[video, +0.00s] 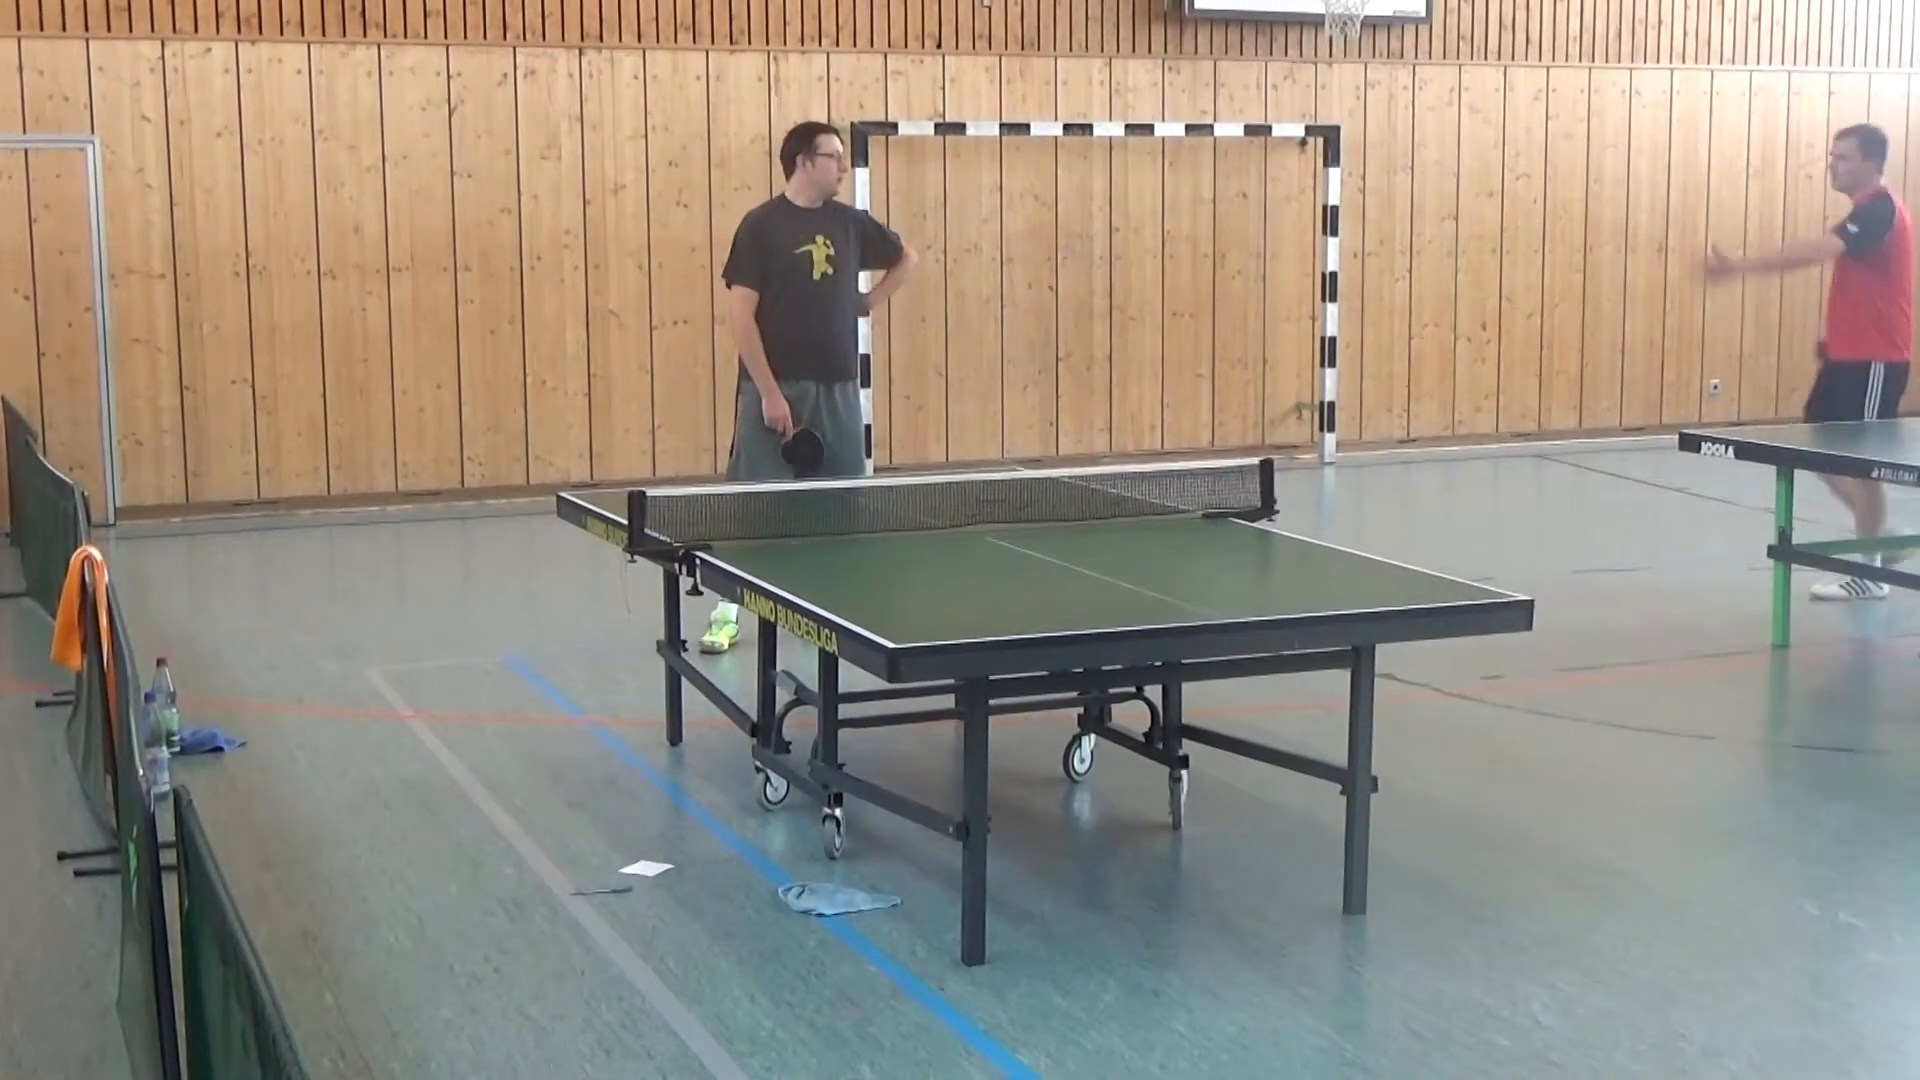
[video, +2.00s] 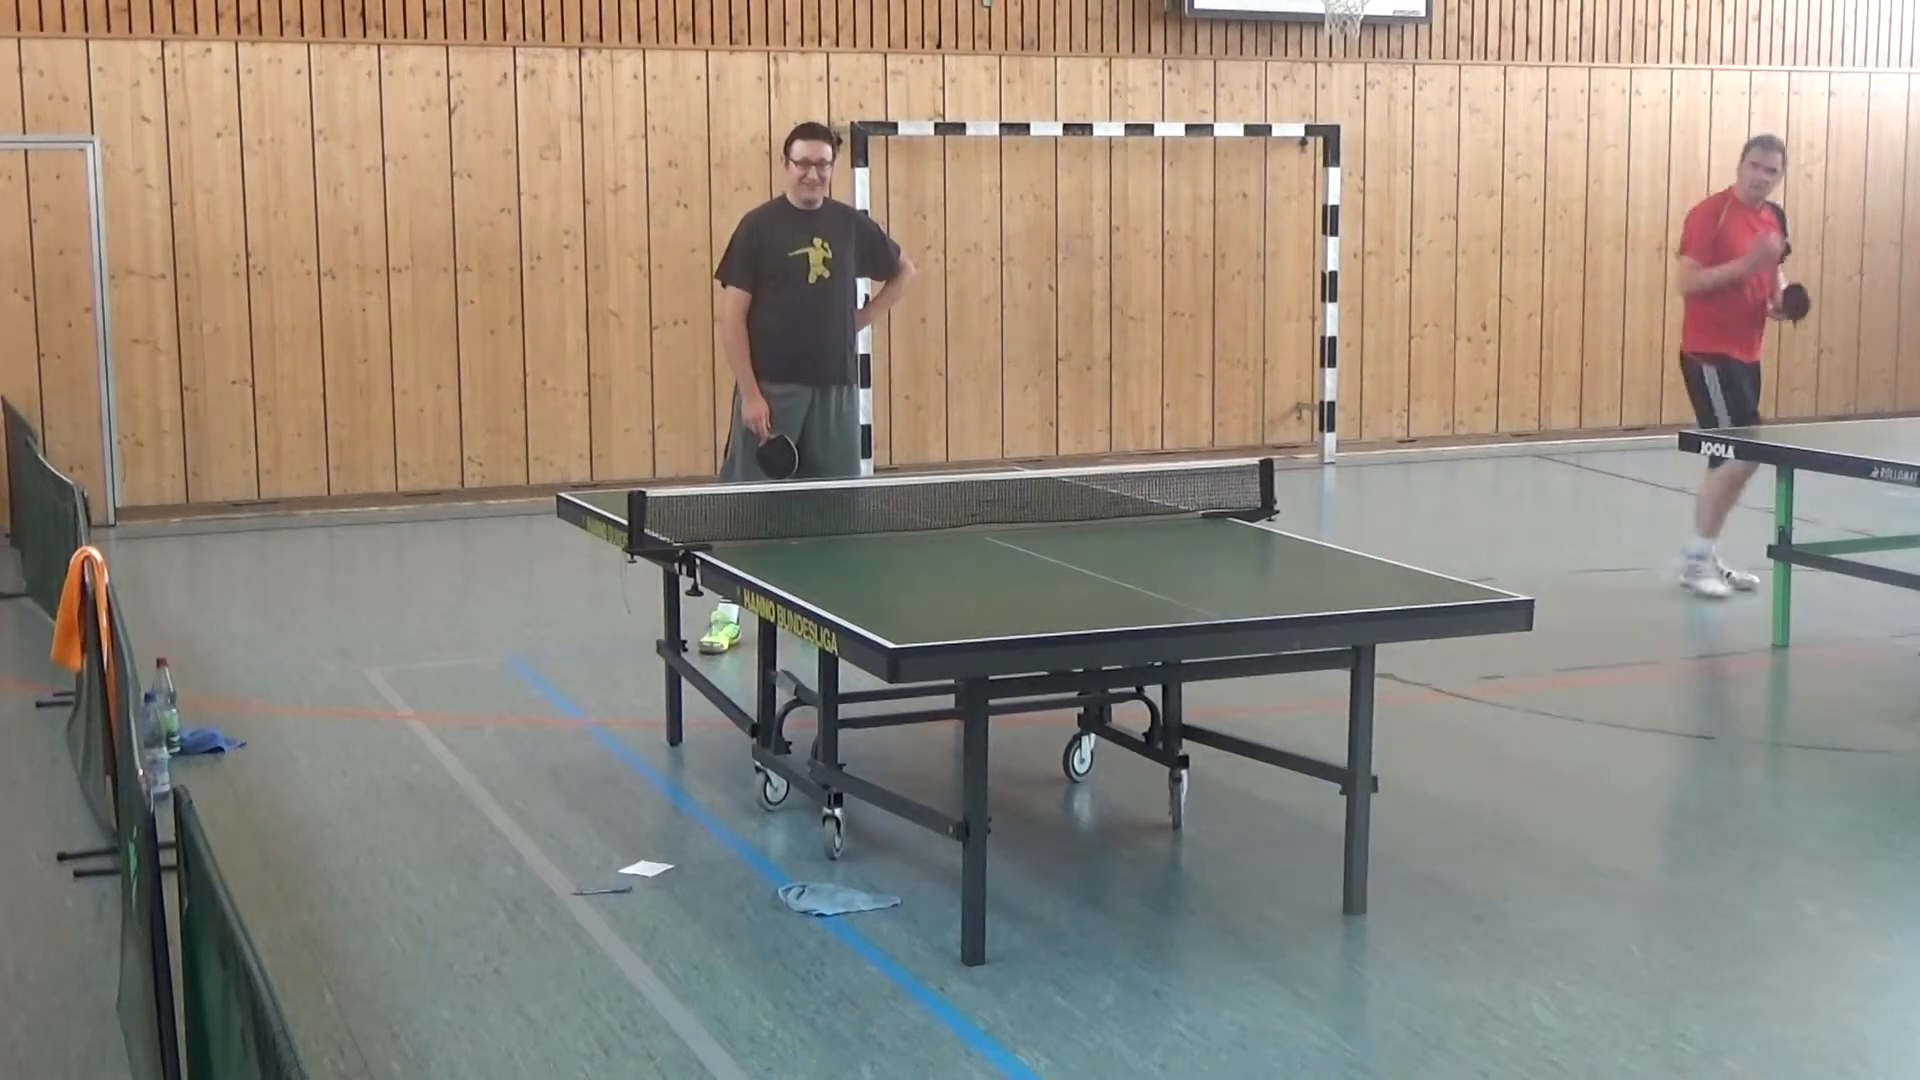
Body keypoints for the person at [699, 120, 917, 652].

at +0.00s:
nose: (843, 167)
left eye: (843, 158)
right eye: (833, 158)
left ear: (830, 166)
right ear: (801, 164)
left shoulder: (850, 222)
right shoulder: (759, 226)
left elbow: (905, 258)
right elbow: (739, 316)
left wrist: (870, 302)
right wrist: (769, 392)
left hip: (837, 389)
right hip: (771, 391)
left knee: (847, 508)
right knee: (751, 506)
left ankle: (845, 614)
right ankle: (728, 608)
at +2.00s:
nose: (813, 173)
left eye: (822, 164)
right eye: (804, 163)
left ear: (833, 168)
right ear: (786, 165)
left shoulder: (853, 225)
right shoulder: (756, 227)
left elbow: (903, 271)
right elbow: (731, 315)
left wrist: (866, 315)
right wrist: (749, 392)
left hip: (835, 391)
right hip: (768, 392)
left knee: (838, 510)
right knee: (744, 505)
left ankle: (837, 614)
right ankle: (728, 609)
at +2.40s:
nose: (809, 172)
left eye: (818, 163)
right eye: (800, 163)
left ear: (831, 166)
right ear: (784, 165)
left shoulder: (853, 224)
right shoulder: (754, 227)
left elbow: (903, 271)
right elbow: (720, 308)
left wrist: (867, 314)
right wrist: (760, 320)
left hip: (835, 388)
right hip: (768, 389)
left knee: (835, 506)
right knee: (748, 502)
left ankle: (833, 612)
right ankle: (729, 607)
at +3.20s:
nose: (809, 172)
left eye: (818, 163)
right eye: (800, 163)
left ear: (833, 166)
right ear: (786, 167)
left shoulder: (858, 225)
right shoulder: (760, 226)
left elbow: (918, 272)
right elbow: (720, 312)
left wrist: (875, 316)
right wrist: (744, 293)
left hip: (837, 389)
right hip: (767, 388)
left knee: (842, 509)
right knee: (735, 498)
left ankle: (843, 615)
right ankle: (727, 606)